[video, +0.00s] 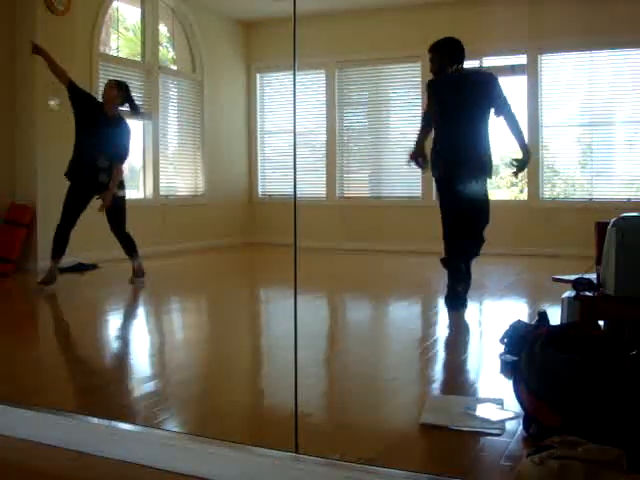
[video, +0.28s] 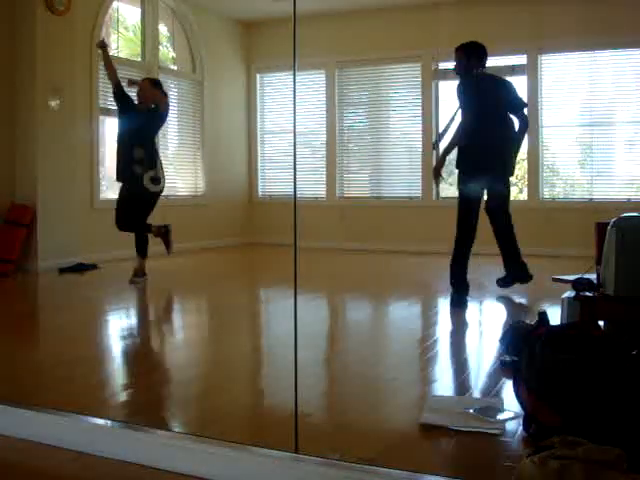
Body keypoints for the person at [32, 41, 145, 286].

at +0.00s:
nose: (105, 90)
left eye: (111, 88)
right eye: (106, 87)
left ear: (120, 96)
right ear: (105, 92)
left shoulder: (122, 127)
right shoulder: (87, 105)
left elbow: (119, 164)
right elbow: (64, 78)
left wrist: (111, 191)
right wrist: (43, 53)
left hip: (110, 182)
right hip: (82, 178)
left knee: (119, 229)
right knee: (65, 224)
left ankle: (137, 265)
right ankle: (53, 269)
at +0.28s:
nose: (138, 91)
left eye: (142, 88)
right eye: (138, 88)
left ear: (154, 94)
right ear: (138, 93)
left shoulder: (155, 118)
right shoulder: (128, 110)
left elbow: (164, 103)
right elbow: (114, 81)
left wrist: (149, 88)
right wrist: (105, 52)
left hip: (150, 177)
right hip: (130, 176)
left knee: (139, 223)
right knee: (123, 223)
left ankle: (140, 266)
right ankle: (158, 231)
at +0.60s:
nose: (175, 100)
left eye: (180, 97)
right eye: (175, 96)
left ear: (190, 102)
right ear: (174, 101)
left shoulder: (195, 119)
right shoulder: (165, 118)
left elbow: (211, 101)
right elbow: (148, 94)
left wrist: (230, 82)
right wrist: (134, 73)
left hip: (191, 179)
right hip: (173, 179)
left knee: (162, 208)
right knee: (180, 223)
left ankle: (179, 242)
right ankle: (200, 260)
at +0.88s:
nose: (195, 92)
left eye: (199, 89)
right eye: (195, 88)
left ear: (208, 94)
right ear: (195, 91)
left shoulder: (213, 110)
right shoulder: (183, 106)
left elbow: (227, 104)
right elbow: (165, 92)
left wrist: (238, 94)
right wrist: (152, 78)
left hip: (212, 171)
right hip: (190, 171)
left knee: (216, 211)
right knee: (197, 216)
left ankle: (233, 247)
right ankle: (209, 253)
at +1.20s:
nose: (209, 148)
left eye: (212, 144)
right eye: (208, 144)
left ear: (222, 145)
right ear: (206, 144)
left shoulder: (235, 162)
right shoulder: (200, 161)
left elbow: (243, 184)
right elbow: (191, 186)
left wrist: (247, 201)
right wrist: (182, 208)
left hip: (228, 198)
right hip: (206, 198)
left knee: (242, 227)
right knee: (199, 229)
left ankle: (240, 259)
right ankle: (209, 258)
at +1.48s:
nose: (222, 135)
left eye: (226, 131)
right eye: (220, 130)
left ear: (232, 129)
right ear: (215, 128)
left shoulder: (239, 147)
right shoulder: (204, 145)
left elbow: (240, 171)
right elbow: (197, 171)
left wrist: (242, 190)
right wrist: (192, 194)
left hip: (231, 193)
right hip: (209, 192)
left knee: (242, 226)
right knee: (201, 228)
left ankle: (237, 258)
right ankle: (210, 257)